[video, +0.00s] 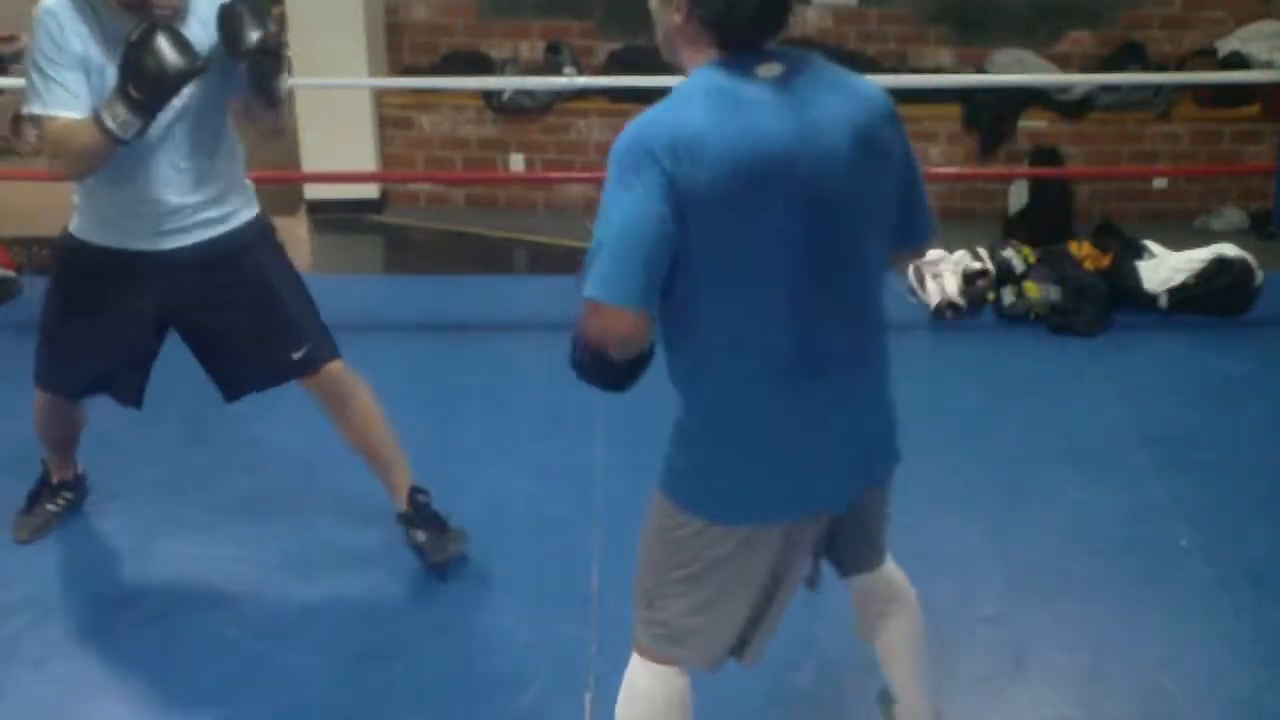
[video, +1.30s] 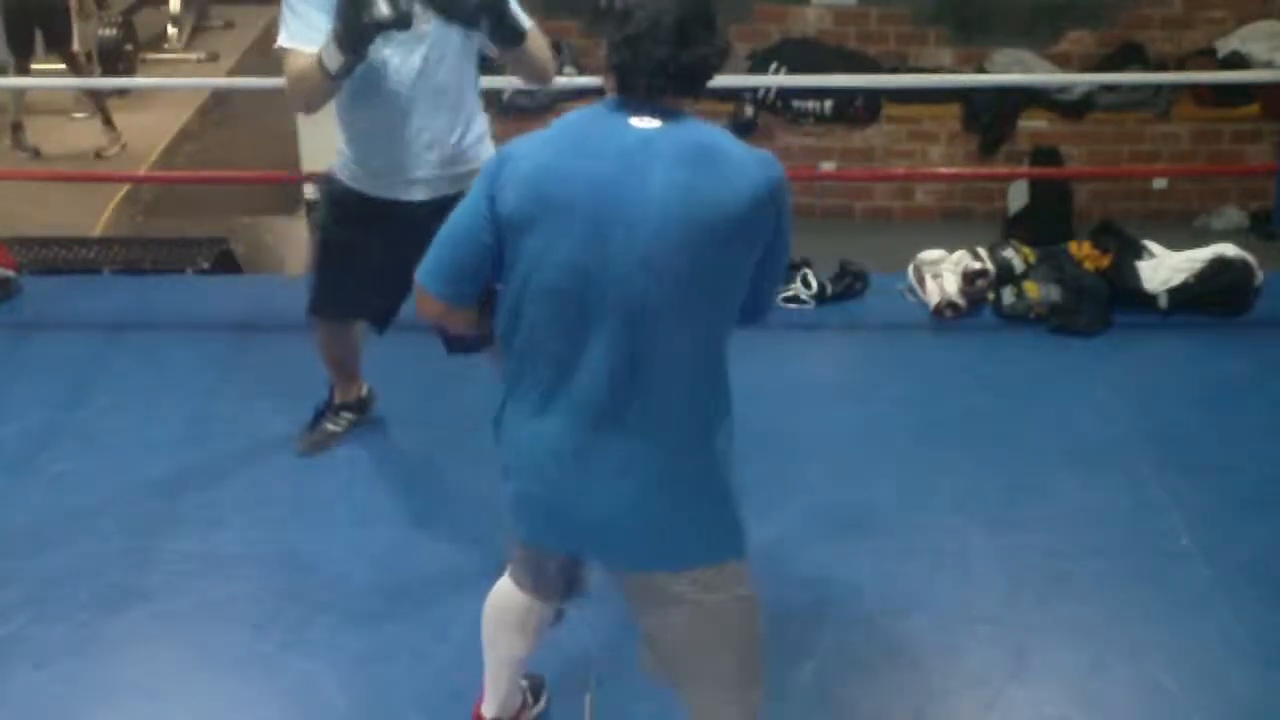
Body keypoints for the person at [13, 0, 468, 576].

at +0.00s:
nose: (166, 3)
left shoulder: (217, 11)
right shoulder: (62, 18)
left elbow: (268, 130)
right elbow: (66, 158)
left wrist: (264, 78)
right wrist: (129, 104)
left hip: (224, 230)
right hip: (107, 242)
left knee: (323, 370)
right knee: (54, 393)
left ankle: (412, 504)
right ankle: (61, 481)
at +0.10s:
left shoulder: (254, 14)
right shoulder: (103, 21)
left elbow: (324, 135)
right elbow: (110, 157)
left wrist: (304, 70)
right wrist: (172, 88)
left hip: (253, 235)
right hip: (134, 242)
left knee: (346, 377)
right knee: (75, 382)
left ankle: (424, 516)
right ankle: (59, 476)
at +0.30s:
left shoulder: (337, 13)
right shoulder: (189, 11)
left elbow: (382, 145)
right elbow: (196, 145)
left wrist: (374, 71)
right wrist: (259, 80)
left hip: (298, 223)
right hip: (188, 221)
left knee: (378, 367)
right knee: (122, 358)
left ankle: (428, 518)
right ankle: (106, 461)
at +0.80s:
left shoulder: (357, 6)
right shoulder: (207, 6)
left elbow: (425, 100)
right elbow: (198, 117)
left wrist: (403, 31)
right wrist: (249, 61)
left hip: (351, 213)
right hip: (243, 214)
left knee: (425, 361)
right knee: (198, 345)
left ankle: (514, 502)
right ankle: (193, 435)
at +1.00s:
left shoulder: (435, 4)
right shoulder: (280, 5)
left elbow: (486, 110)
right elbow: (262, 111)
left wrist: (449, 41)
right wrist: (299, 57)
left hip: (413, 199)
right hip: (309, 195)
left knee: (463, 357)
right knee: (254, 318)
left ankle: (516, 505)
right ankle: (246, 421)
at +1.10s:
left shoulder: (450, 5)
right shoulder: (291, 4)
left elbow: (489, 114)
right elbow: (277, 104)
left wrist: (459, 69)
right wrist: (316, 55)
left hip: (430, 188)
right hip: (328, 187)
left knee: (476, 349)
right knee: (282, 313)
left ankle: (517, 508)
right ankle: (329, 390)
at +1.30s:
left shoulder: (474, 1)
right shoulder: (316, 5)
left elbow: (543, 72)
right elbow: (301, 96)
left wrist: (494, 16)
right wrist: (347, 44)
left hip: (461, 173)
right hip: (365, 179)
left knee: (496, 300)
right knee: (333, 308)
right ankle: (348, 396)